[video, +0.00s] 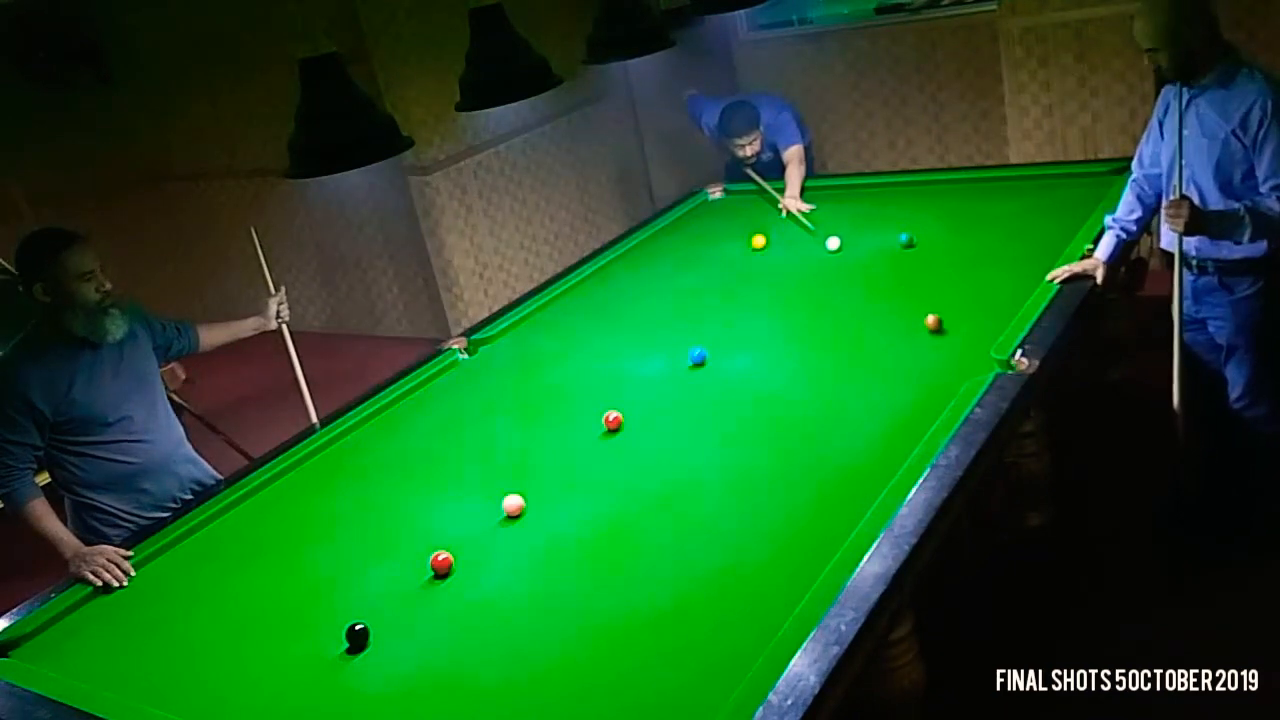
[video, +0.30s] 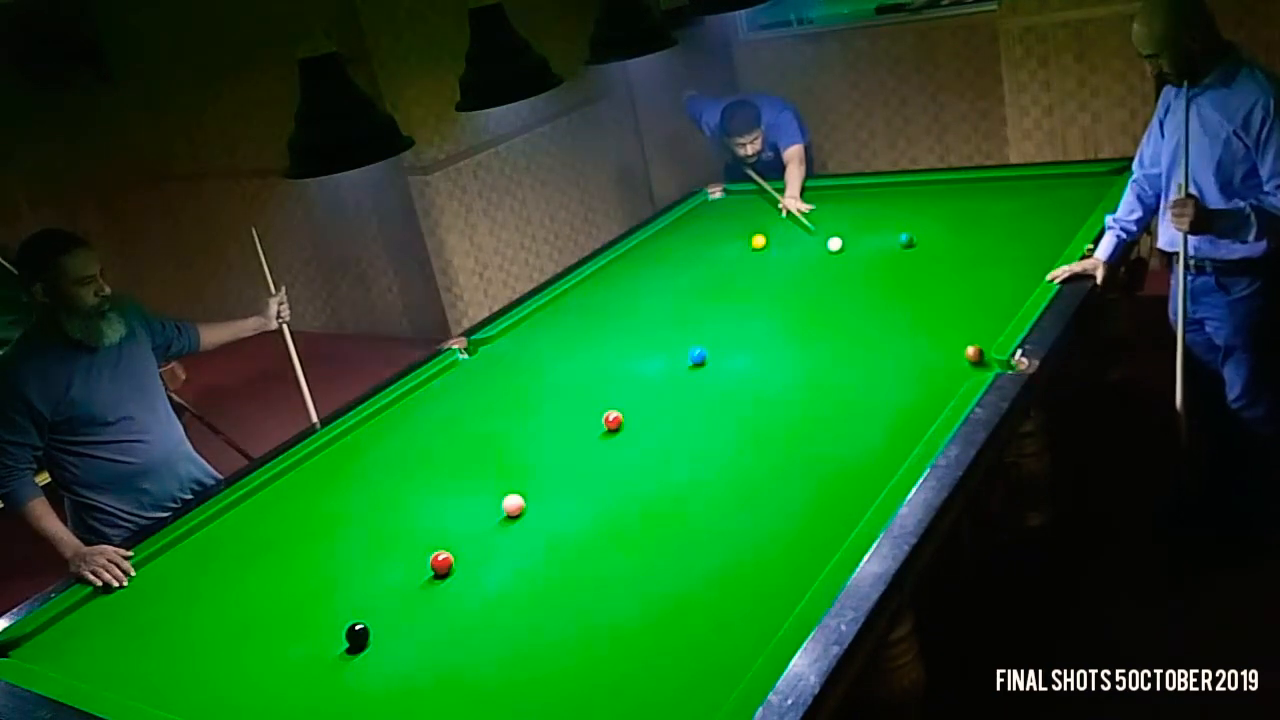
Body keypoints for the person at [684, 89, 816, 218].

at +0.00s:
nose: (748, 152)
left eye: (753, 143)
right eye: (740, 147)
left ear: (761, 130)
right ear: (724, 141)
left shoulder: (778, 118)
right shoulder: (711, 118)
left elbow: (795, 160)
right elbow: (689, 95)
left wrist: (791, 196)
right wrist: (713, 141)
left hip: (779, 158)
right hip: (738, 163)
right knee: (740, 214)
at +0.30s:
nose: (749, 151)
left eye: (754, 142)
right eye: (741, 146)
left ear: (762, 130)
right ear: (725, 140)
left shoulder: (780, 118)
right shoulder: (712, 119)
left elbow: (795, 161)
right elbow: (688, 97)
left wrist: (792, 196)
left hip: (778, 160)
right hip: (738, 164)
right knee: (742, 215)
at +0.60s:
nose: (752, 143)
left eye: (757, 134)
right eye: (743, 137)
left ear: (766, 122)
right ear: (729, 130)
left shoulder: (784, 116)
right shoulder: (718, 112)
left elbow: (796, 160)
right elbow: (690, 98)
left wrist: (792, 195)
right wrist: (722, 144)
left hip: (778, 158)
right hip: (739, 158)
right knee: (740, 210)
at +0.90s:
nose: (765, 95)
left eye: (771, 86)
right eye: (757, 88)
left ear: (779, 80)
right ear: (744, 86)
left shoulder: (800, 92)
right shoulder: (731, 86)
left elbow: (814, 145)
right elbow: (718, 95)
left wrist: (799, 184)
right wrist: (726, 131)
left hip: (793, 165)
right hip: (750, 164)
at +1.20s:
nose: (789, 35)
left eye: (795, 27)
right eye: (781, 28)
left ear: (804, 26)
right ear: (769, 30)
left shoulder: (824, 50)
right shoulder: (751, 52)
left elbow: (854, 97)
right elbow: (733, 82)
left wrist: (831, 129)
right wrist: (730, 128)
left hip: (816, 152)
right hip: (767, 152)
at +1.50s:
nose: (811, 6)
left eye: (816, 1)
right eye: (804, 2)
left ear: (823, 3)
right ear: (791, 4)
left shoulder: (844, 24)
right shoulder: (769, 37)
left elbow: (860, 58)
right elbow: (750, 89)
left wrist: (857, 86)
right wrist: (749, 153)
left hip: (836, 147)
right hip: (789, 151)